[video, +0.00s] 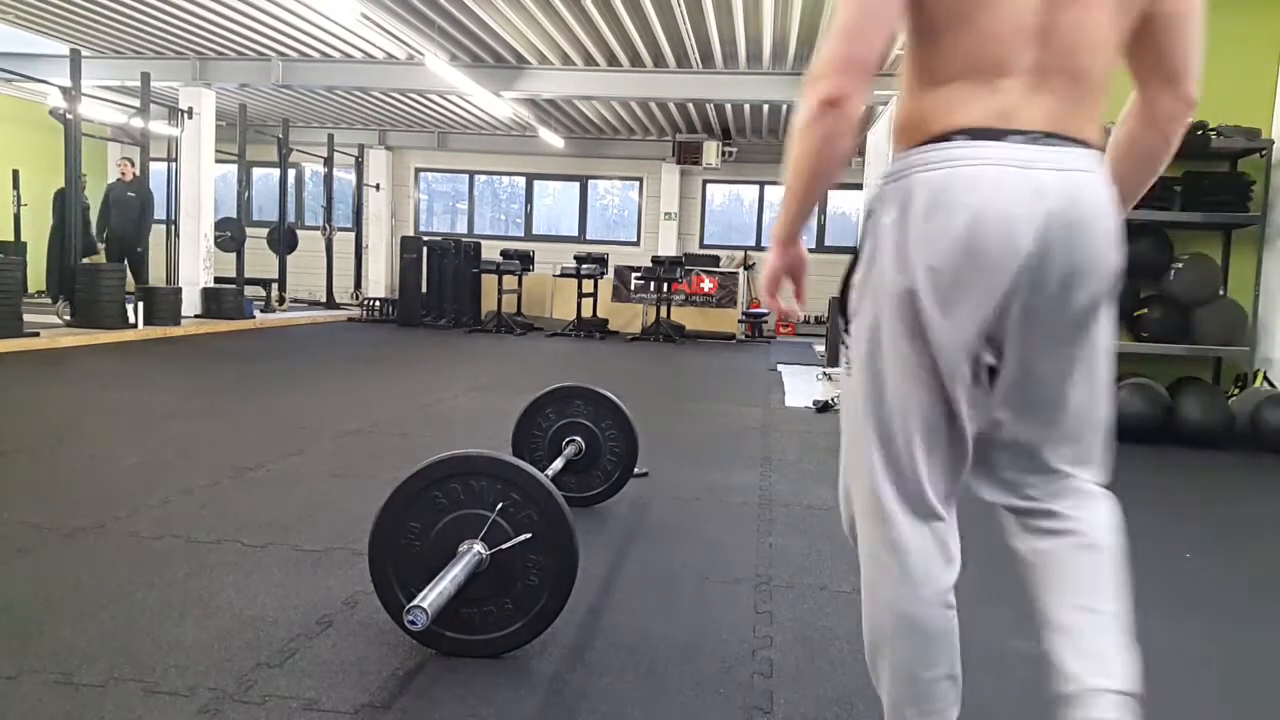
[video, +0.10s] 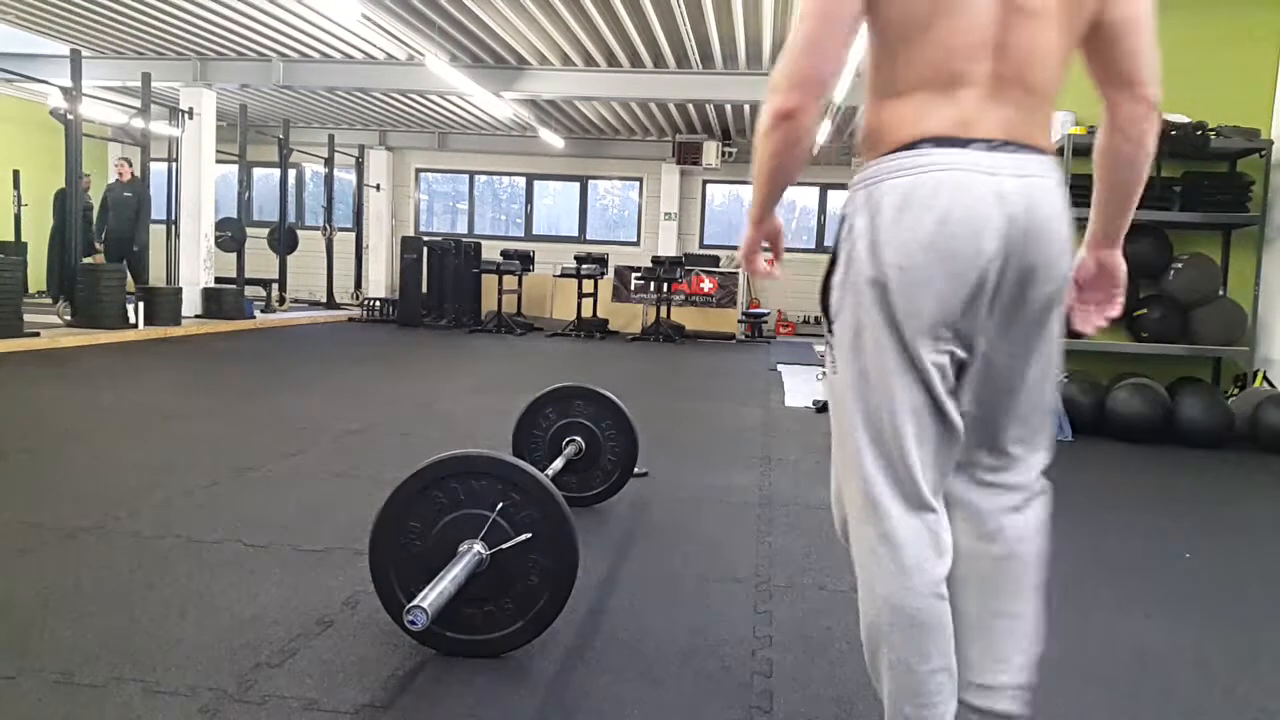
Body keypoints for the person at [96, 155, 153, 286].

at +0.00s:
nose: (122, 168)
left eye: (125, 165)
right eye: (119, 165)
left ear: (132, 168)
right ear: (117, 168)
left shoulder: (143, 189)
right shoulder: (111, 188)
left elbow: (147, 218)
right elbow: (103, 213)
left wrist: (142, 242)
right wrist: (99, 236)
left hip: (135, 242)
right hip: (114, 242)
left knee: (141, 283)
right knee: (113, 281)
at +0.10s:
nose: (118, 169)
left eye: (122, 166)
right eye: (117, 166)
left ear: (130, 169)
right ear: (114, 169)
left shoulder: (140, 188)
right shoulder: (110, 188)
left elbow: (144, 217)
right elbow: (102, 214)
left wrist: (139, 242)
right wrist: (98, 237)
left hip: (134, 242)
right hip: (112, 242)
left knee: (140, 283)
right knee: (114, 280)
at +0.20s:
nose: (114, 168)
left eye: (117, 165)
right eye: (113, 165)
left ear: (126, 168)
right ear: (111, 168)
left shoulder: (136, 188)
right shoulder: (106, 188)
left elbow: (138, 217)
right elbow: (99, 214)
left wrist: (133, 241)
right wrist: (95, 237)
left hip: (129, 240)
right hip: (109, 239)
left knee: (135, 278)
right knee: (110, 276)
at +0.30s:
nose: (109, 168)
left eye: (112, 165)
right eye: (109, 165)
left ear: (122, 168)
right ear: (109, 168)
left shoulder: (132, 187)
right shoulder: (104, 188)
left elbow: (135, 215)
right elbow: (95, 212)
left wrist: (123, 237)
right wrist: (93, 235)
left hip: (123, 238)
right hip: (104, 238)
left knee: (126, 273)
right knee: (106, 273)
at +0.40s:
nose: (106, 169)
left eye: (110, 165)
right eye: (106, 165)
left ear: (120, 168)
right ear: (106, 169)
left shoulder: (129, 187)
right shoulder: (103, 188)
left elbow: (132, 214)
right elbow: (93, 214)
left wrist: (110, 224)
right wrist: (89, 236)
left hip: (121, 237)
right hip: (102, 237)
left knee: (120, 272)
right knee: (104, 272)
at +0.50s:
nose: (105, 169)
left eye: (109, 166)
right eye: (105, 166)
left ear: (119, 168)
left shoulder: (126, 185)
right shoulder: (105, 187)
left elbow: (128, 209)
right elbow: (94, 214)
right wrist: (89, 238)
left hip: (119, 238)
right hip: (102, 237)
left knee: (115, 273)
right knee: (102, 273)